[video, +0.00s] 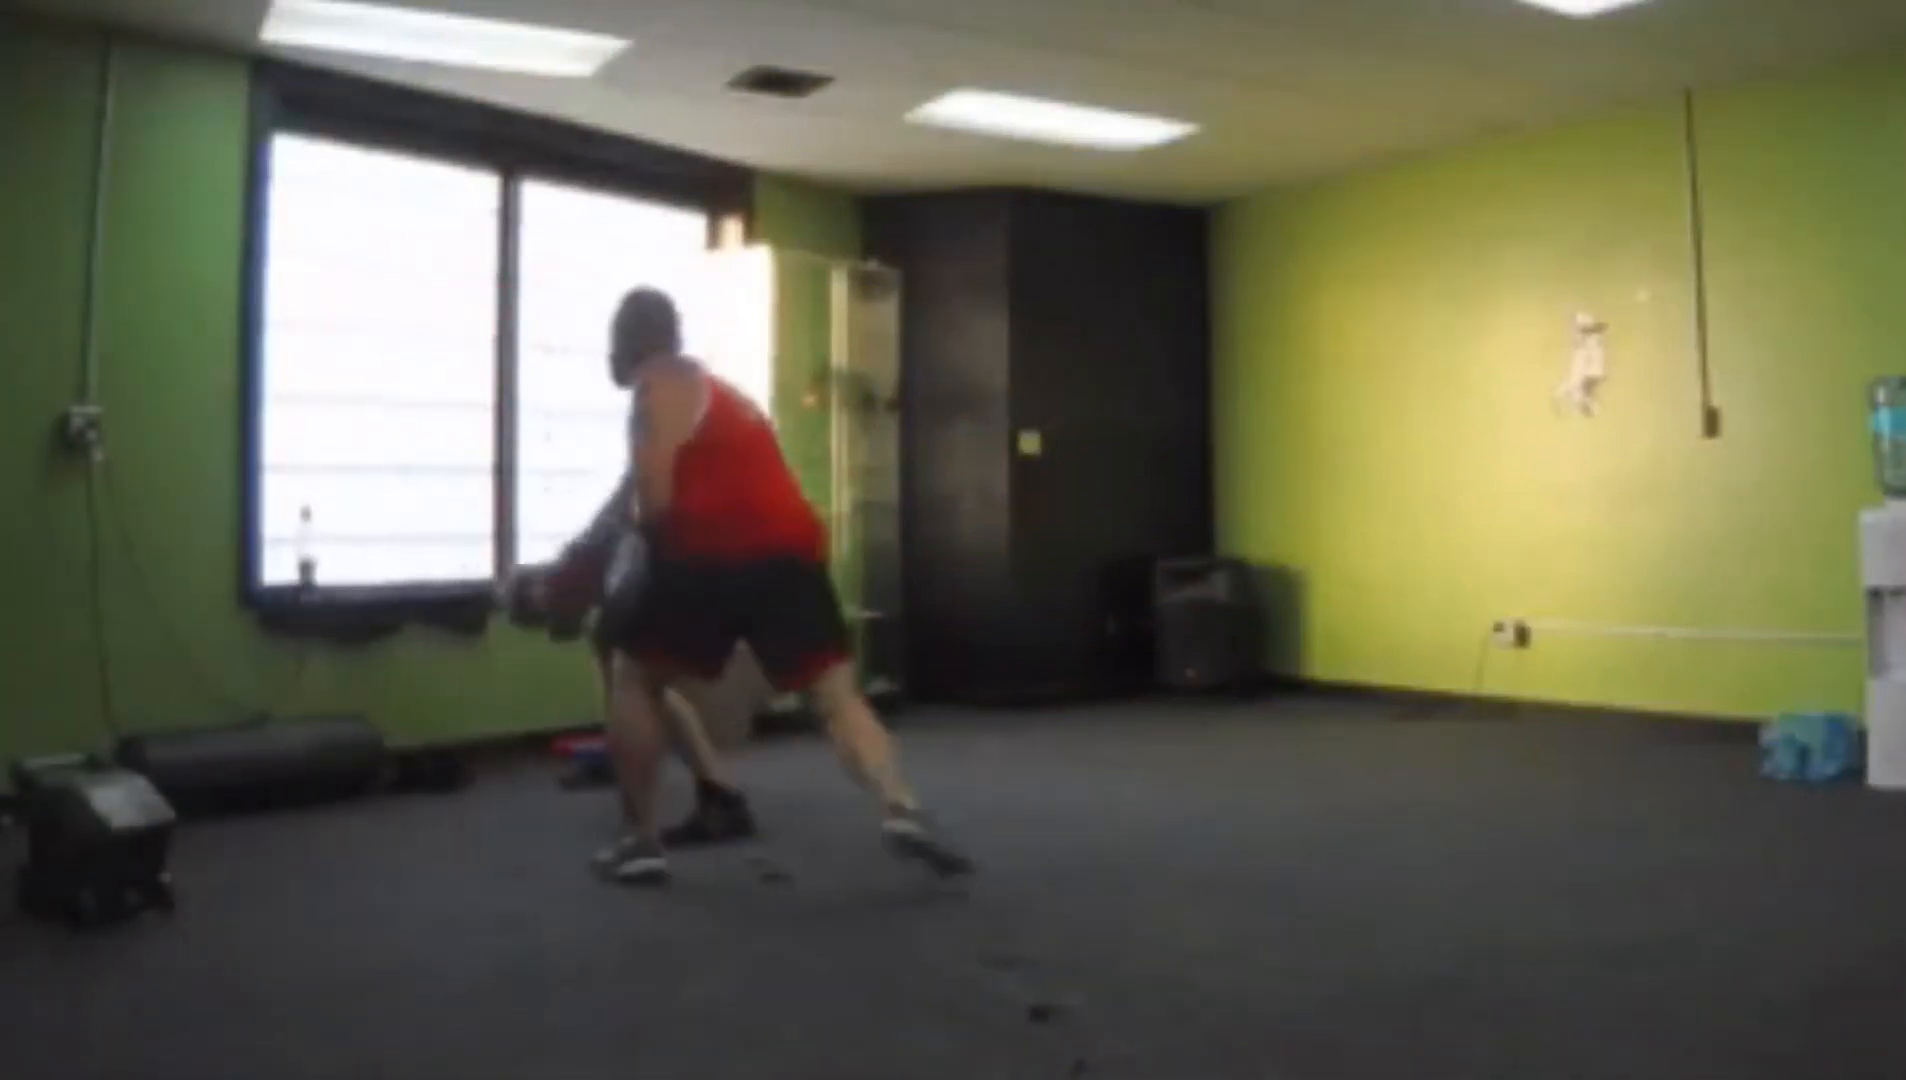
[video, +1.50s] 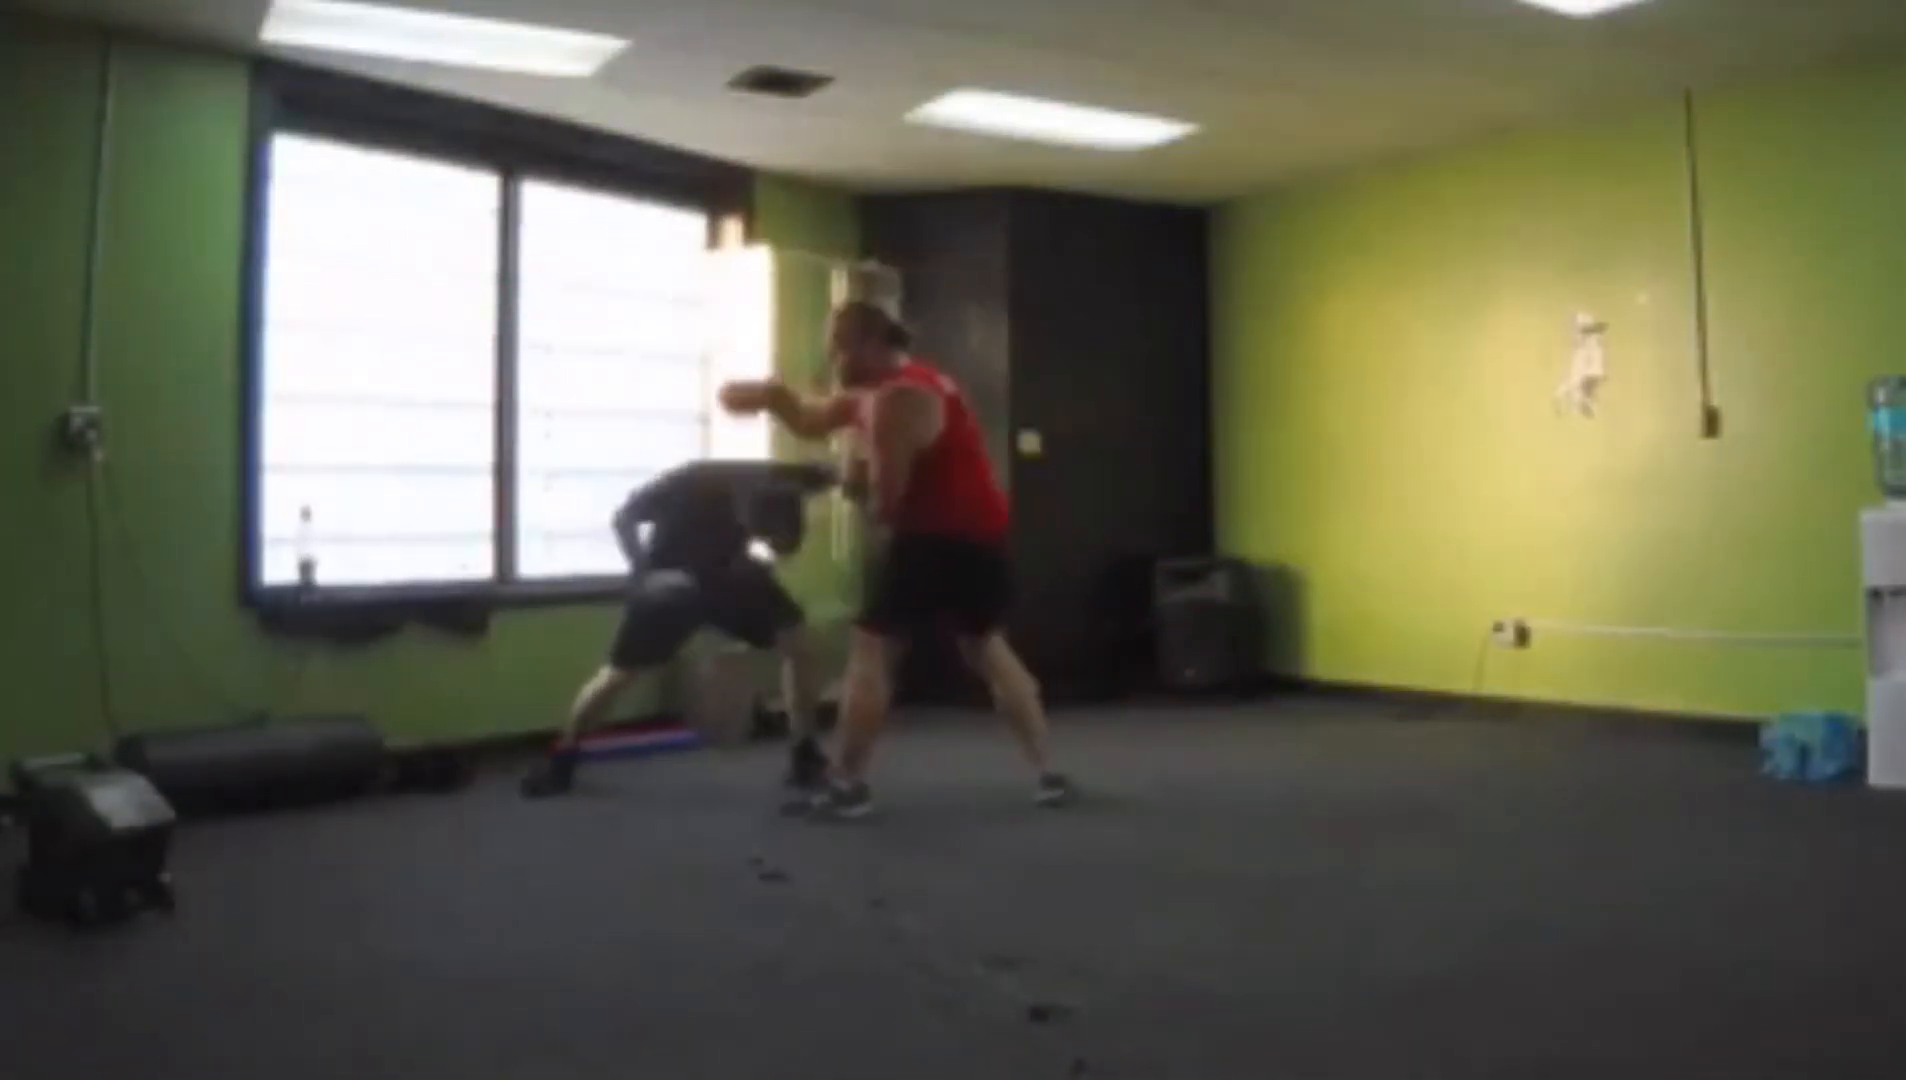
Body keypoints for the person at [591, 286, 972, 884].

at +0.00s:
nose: (609, 356)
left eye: (613, 344)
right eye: (612, 344)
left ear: (627, 343)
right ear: (671, 337)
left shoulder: (661, 385)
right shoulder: (716, 388)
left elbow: (652, 493)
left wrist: (640, 534)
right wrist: (587, 551)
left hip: (703, 562)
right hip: (785, 557)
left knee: (636, 679)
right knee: (838, 695)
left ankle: (639, 837)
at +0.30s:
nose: (811, 315)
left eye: (816, 305)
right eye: (814, 306)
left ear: (830, 307)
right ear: (885, 308)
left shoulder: (828, 352)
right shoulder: (907, 359)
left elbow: (807, 442)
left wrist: (770, 451)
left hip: (847, 534)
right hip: (926, 532)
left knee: (771, 663)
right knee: (926, 665)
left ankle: (724, 806)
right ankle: (966, 800)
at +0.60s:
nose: (922, 307)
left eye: (926, 295)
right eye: (924, 295)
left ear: (945, 299)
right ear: (987, 295)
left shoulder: (950, 343)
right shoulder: (1029, 338)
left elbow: (883, 409)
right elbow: (1110, 371)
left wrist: (869, 424)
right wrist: (1049, 355)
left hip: (983, 524)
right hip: (1056, 516)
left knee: (965, 657)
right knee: (1099, 641)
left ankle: (1053, 784)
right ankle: (1171, 766)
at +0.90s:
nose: (965, 348)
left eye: (970, 337)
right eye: (967, 337)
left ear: (987, 343)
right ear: (1031, 343)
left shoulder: (970, 393)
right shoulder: (1067, 392)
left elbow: (923, 457)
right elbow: (1121, 466)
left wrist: (901, 449)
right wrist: (1116, 520)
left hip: (994, 568)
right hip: (1074, 566)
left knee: (912, 631)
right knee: (1127, 665)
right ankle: (1194, 784)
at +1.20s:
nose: (898, 326)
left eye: (904, 317)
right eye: (903, 316)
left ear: (915, 325)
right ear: (958, 326)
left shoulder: (887, 372)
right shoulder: (991, 371)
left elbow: (795, 401)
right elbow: (1050, 435)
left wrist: (762, 382)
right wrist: (998, 448)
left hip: (917, 537)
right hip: (997, 536)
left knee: (863, 639)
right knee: (1023, 639)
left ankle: (856, 774)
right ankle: (1061, 764)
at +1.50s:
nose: (834, 357)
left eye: (841, 344)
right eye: (833, 345)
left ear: (871, 343)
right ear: (876, 342)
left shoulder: (902, 396)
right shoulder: (875, 393)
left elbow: (888, 494)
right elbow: (813, 422)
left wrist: (853, 477)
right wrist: (775, 396)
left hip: (928, 538)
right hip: (972, 536)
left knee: (871, 649)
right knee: (989, 648)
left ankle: (847, 780)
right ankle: (1047, 771)